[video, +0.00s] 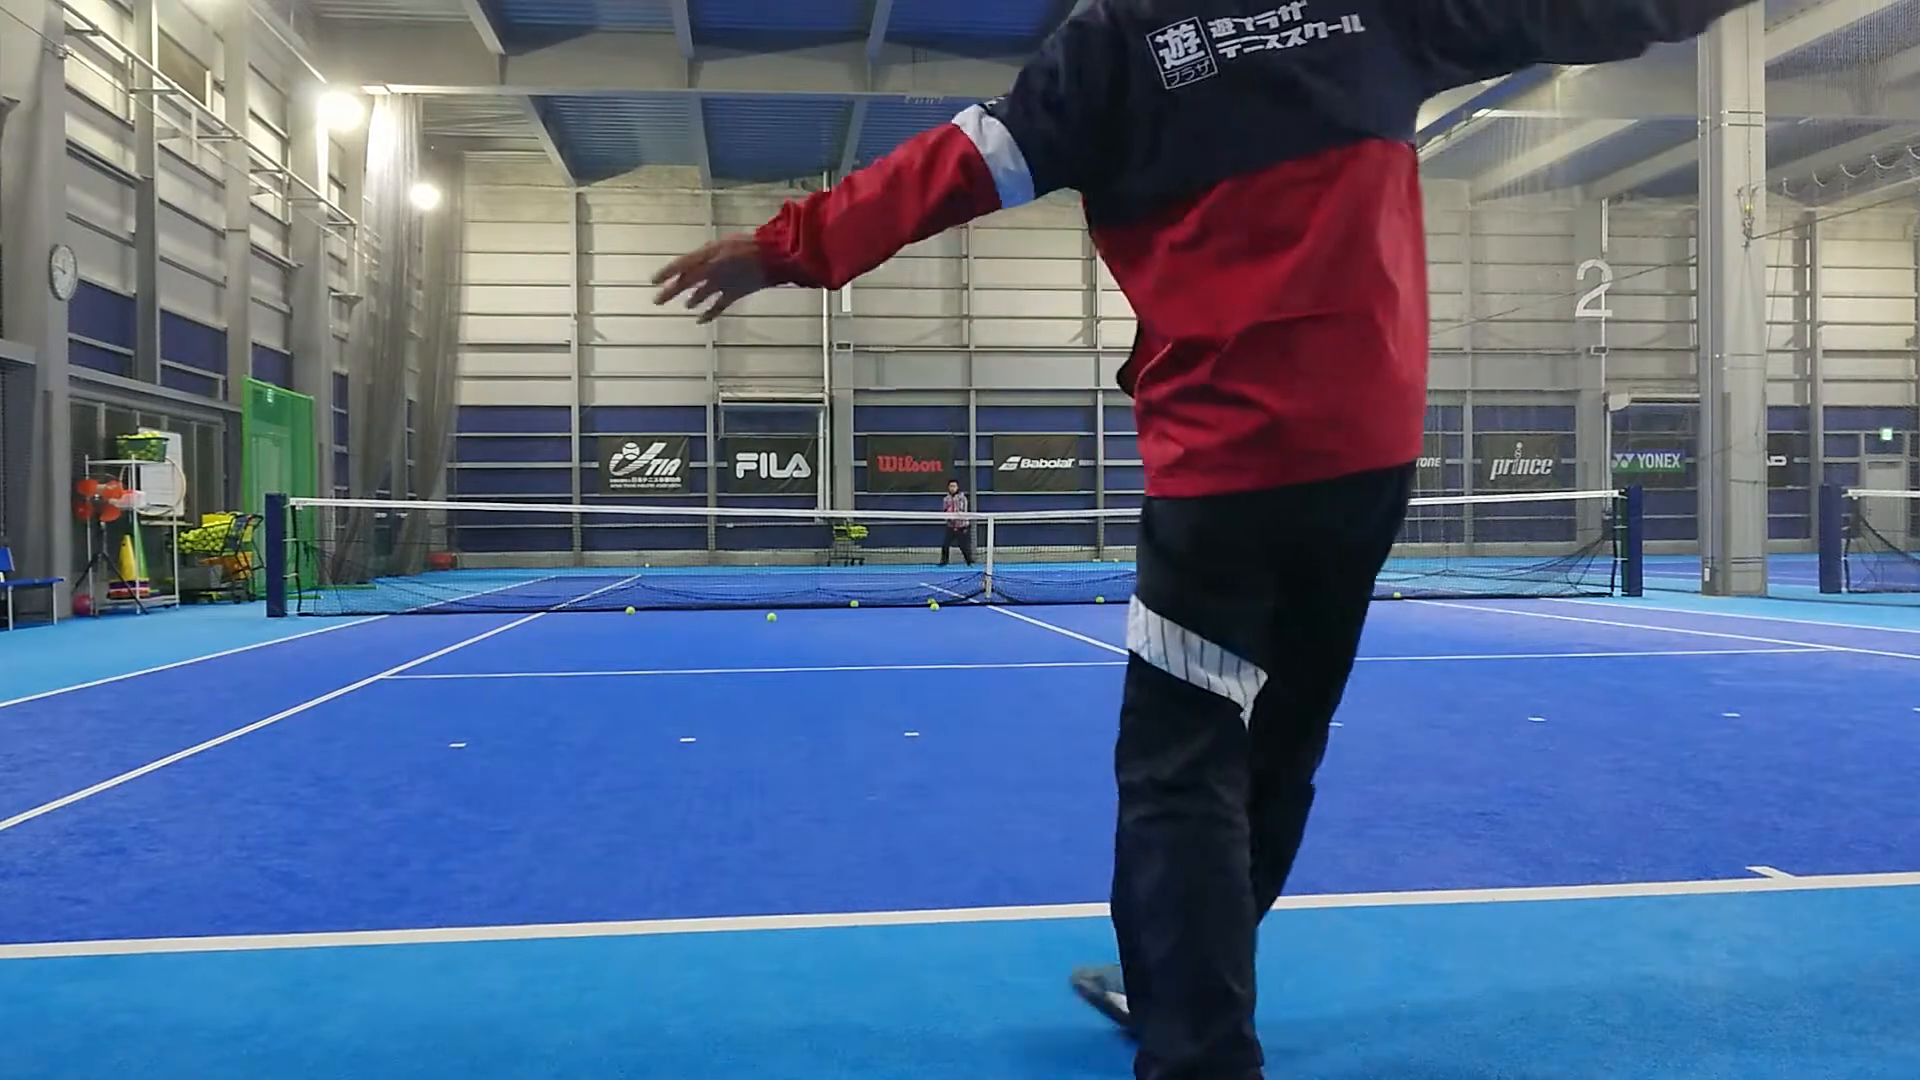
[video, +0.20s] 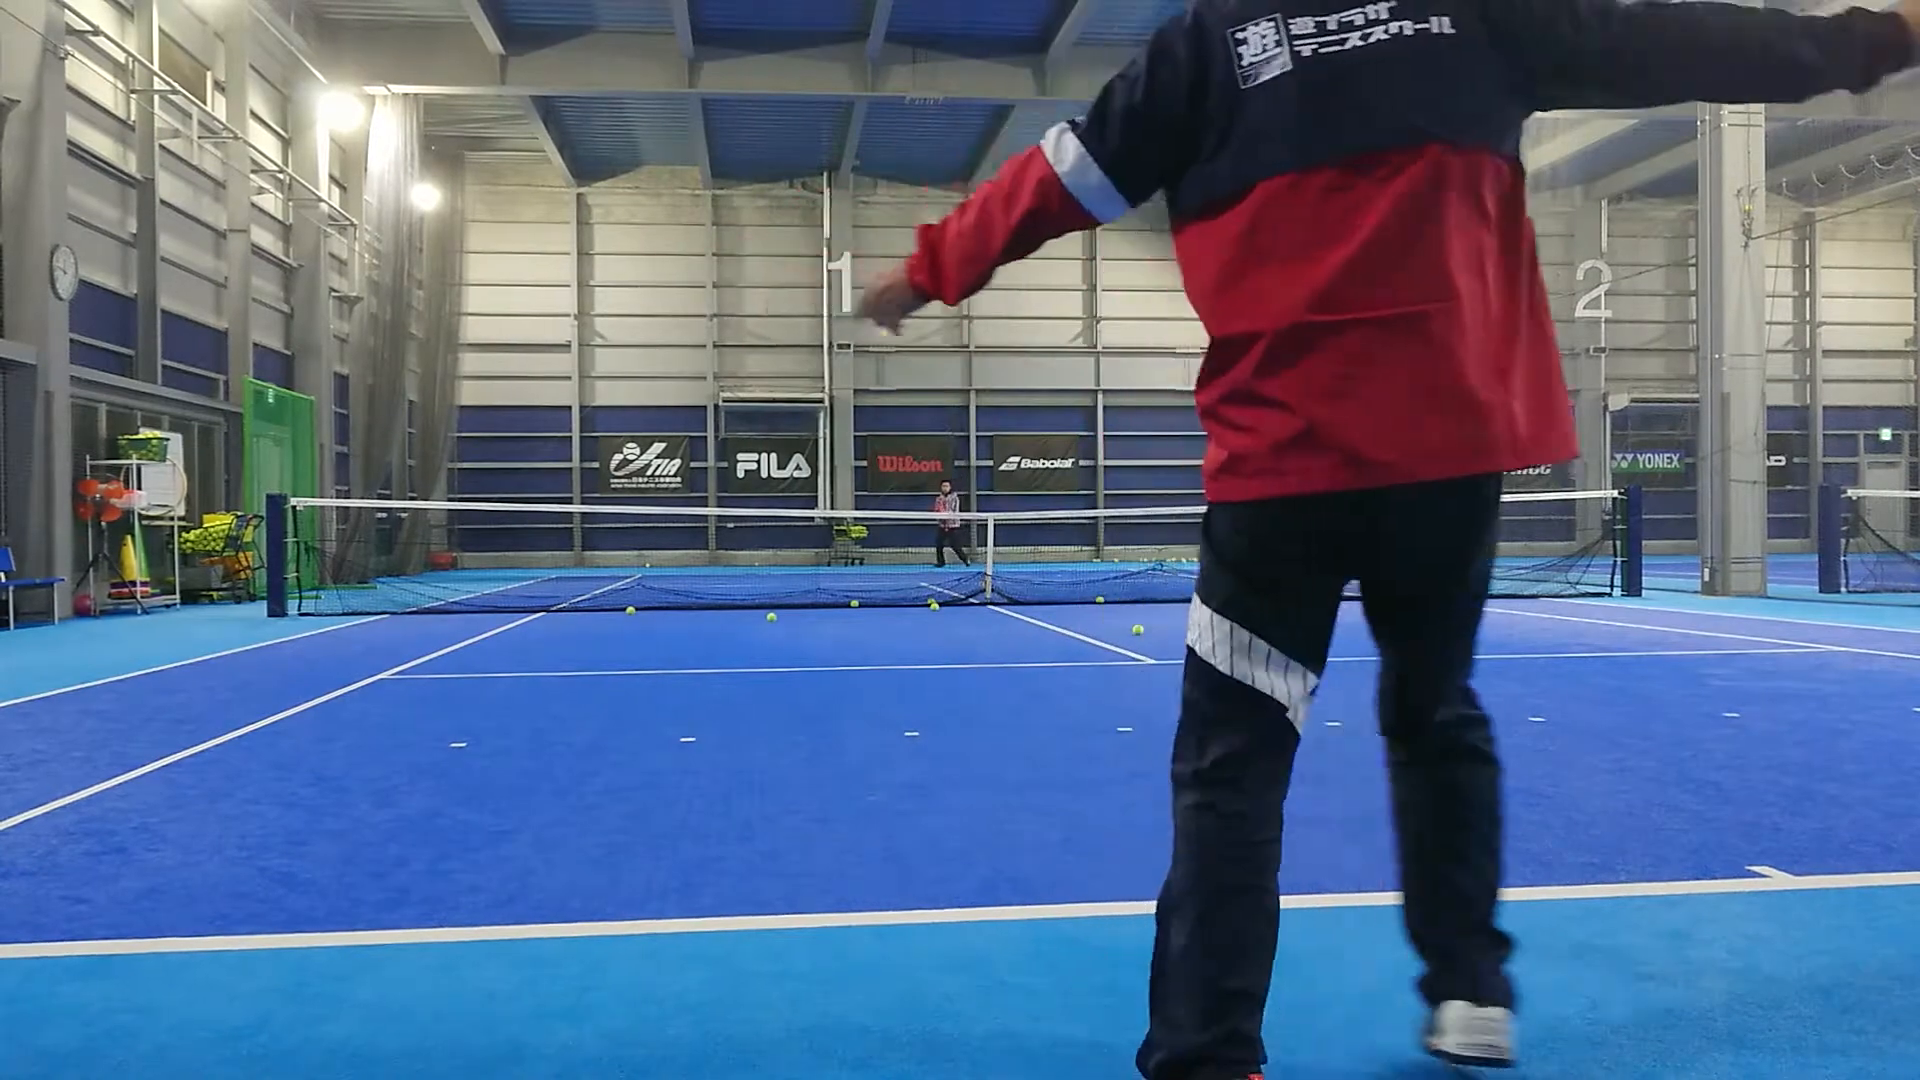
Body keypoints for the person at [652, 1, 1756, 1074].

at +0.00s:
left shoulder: (1100, 43)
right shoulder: (1374, 20)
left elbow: (952, 168)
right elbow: (1590, 18)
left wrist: (782, 245)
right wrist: (1707, 5)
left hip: (1223, 449)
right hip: (1377, 443)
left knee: (1177, 765)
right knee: (1279, 741)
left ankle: (1202, 1057)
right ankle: (1179, 972)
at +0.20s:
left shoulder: (1198, 43)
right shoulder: (1490, 18)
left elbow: (1059, 183)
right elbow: (1684, 44)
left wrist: (926, 267)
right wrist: (1864, 39)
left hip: (1276, 450)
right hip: (1453, 442)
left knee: (1230, 758)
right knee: (1437, 703)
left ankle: (1203, 1055)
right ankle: (1469, 991)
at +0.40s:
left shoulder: (1378, 52)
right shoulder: (1652, 25)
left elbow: (1248, 201)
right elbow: (1844, 116)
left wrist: (1138, 303)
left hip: (1423, 467)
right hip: (1617, 468)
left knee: (1352, 726)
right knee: (1660, 755)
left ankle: (1249, 987)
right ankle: (1671, 1052)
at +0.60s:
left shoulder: (1554, 83)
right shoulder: (1839, 55)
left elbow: (1454, 256)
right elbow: (1917, 196)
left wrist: (1370, 364)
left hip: (1609, 459)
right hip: (1777, 460)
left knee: (1617, 708)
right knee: (1761, 758)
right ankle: (1669, 1050)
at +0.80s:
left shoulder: (1723, 87)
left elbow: (1635, 255)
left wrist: (1524, 377)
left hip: (1773, 463)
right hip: (1905, 448)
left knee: (1848, 729)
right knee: (1907, 726)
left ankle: (1902, 971)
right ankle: (1807, 915)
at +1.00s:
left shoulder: (1878, 75)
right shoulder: (1870, 78)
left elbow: (1786, 271)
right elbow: (1790, 267)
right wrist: (1787, 359)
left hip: (1909, 483)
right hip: (1900, 483)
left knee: (1891, 726)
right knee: (1889, 722)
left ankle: (1913, 973)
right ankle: (1909, 966)